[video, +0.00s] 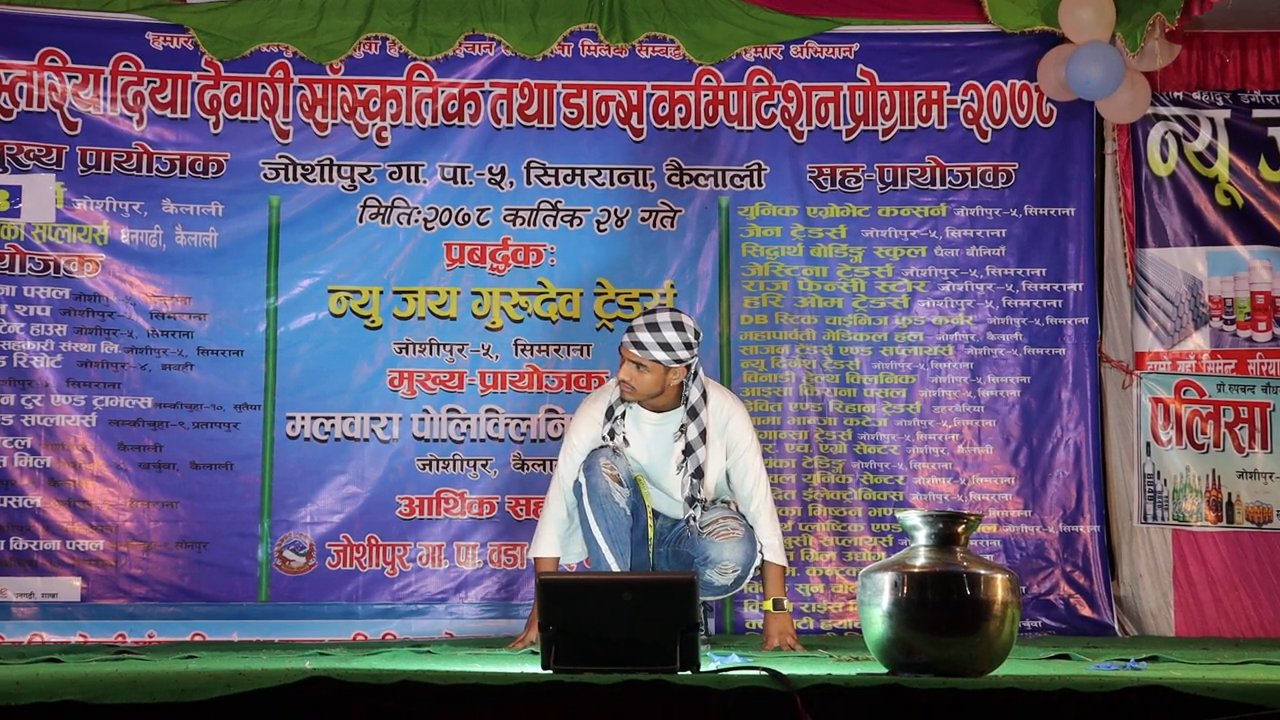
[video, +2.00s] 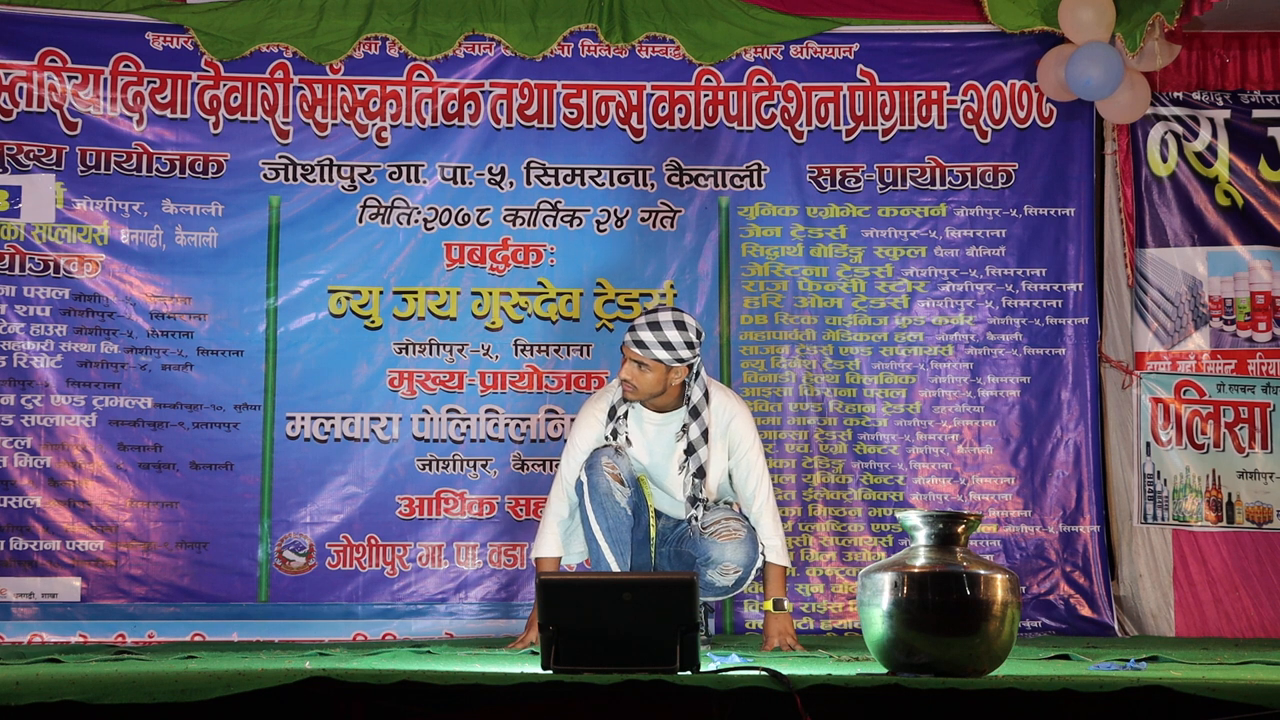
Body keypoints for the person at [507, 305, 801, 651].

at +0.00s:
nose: (622, 375)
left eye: (638, 368)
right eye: (622, 361)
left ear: (677, 374)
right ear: (620, 355)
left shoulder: (725, 413)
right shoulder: (597, 411)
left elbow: (760, 507)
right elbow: (558, 503)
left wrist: (777, 609)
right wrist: (542, 607)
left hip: (692, 539)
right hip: (629, 531)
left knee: (733, 548)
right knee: (601, 463)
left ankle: (687, 610)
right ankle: (621, 607)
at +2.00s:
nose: (624, 374)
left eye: (640, 367)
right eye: (624, 360)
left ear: (679, 373)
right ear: (622, 355)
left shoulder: (728, 414)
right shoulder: (601, 411)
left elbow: (763, 508)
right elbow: (559, 505)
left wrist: (777, 609)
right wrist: (542, 607)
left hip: (692, 540)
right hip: (630, 532)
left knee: (734, 544)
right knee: (604, 462)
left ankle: (689, 610)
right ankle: (619, 606)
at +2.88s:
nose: (623, 355)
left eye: (640, 346)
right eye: (624, 341)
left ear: (676, 357)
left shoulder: (726, 410)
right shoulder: (602, 404)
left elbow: (761, 503)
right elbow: (560, 495)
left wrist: (776, 604)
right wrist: (530, 590)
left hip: (693, 542)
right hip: (630, 532)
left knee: (734, 545)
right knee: (599, 461)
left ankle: (688, 613)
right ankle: (621, 605)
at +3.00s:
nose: (625, 350)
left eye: (641, 340)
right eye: (627, 336)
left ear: (679, 351)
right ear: (625, 336)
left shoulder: (728, 408)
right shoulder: (603, 402)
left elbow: (761, 502)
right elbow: (562, 498)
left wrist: (776, 602)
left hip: (695, 541)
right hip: (629, 534)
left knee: (731, 539)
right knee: (601, 462)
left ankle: (691, 614)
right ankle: (618, 605)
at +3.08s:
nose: (627, 347)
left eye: (642, 338)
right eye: (627, 334)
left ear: (680, 350)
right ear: (625, 336)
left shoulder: (728, 409)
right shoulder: (603, 401)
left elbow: (761, 505)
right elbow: (558, 497)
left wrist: (777, 605)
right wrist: (480, 503)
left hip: (693, 536)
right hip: (633, 532)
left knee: (734, 542)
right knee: (604, 461)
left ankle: (681, 614)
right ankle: (623, 607)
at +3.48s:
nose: (630, 346)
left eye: (647, 338)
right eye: (631, 333)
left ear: (684, 351)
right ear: (628, 334)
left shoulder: (727, 411)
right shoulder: (603, 399)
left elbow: (762, 505)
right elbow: (559, 492)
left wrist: (778, 607)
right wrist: (497, 472)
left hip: (695, 534)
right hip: (634, 530)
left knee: (736, 555)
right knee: (605, 463)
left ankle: (679, 611)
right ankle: (627, 607)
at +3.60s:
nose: (628, 348)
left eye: (645, 340)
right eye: (629, 336)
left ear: (681, 353)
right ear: (625, 335)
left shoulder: (727, 410)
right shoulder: (604, 400)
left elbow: (762, 503)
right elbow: (559, 473)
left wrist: (778, 604)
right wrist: (535, 490)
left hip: (697, 537)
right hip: (634, 529)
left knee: (736, 550)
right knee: (601, 461)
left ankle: (684, 610)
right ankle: (619, 603)